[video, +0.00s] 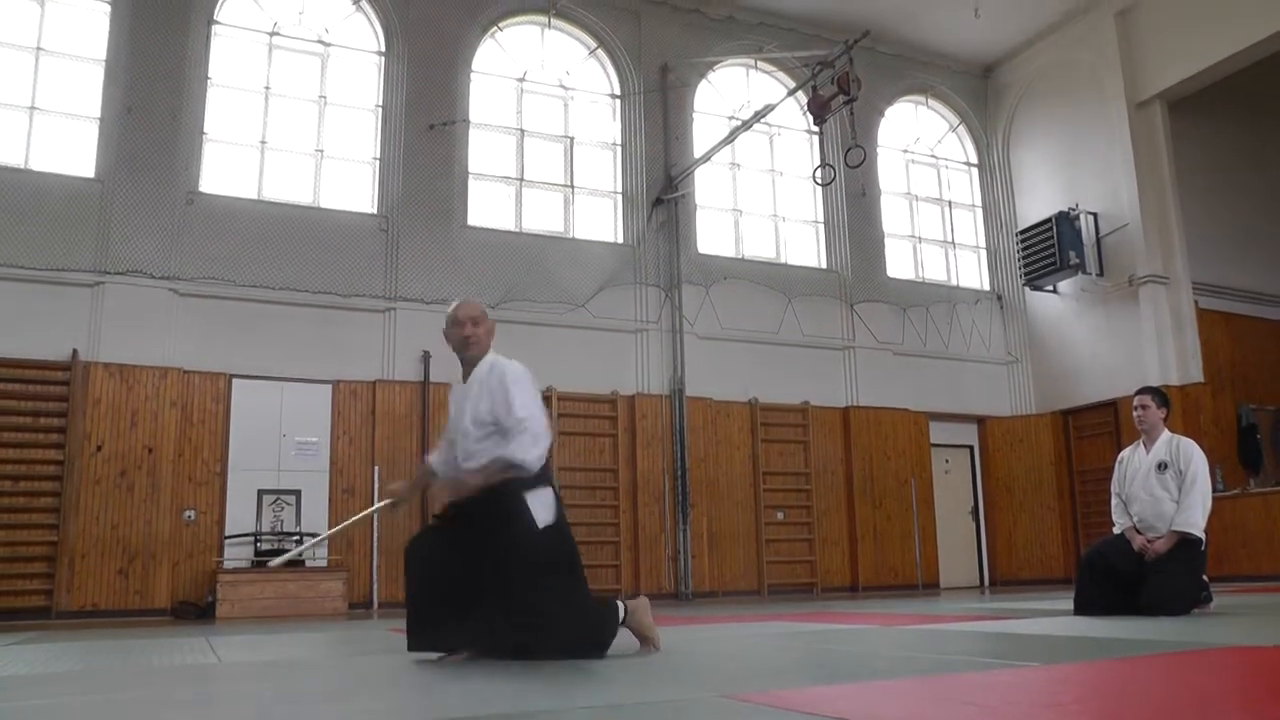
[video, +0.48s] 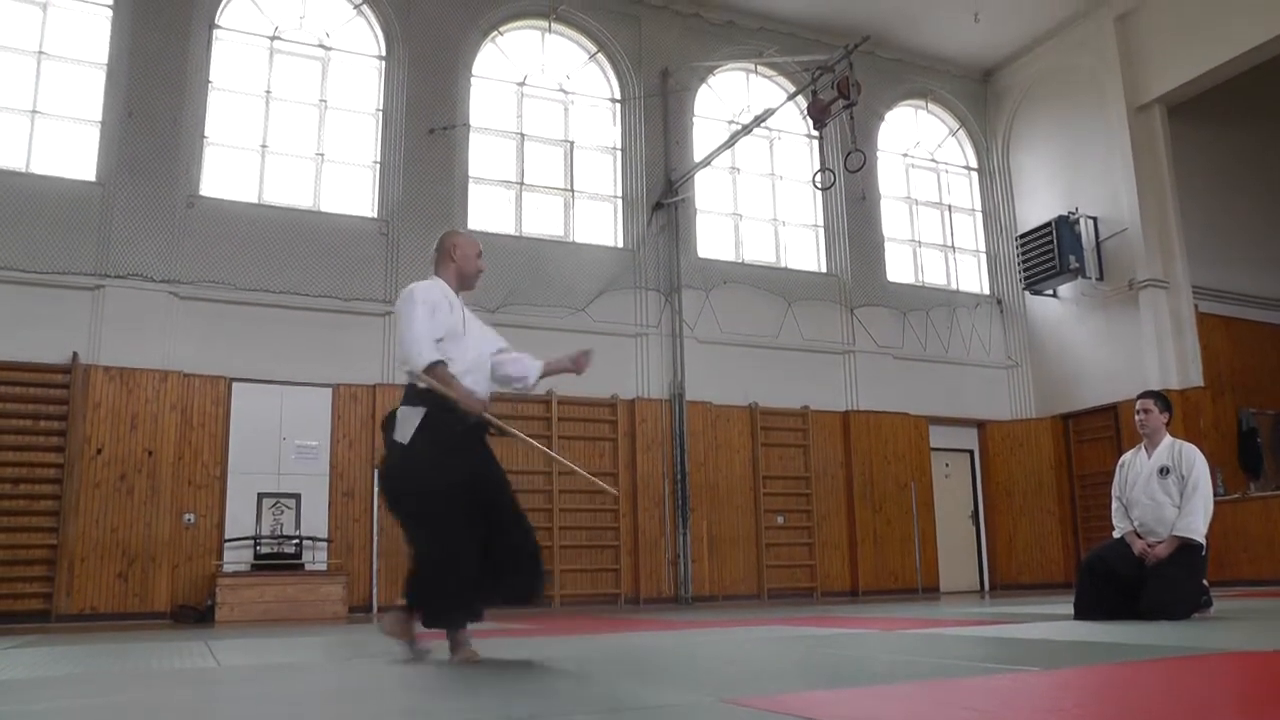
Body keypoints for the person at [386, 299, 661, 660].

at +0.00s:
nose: (468, 331)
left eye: (476, 322)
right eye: (458, 325)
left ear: (491, 329)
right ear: (447, 338)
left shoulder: (509, 374)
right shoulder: (461, 392)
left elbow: (531, 447)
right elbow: (451, 453)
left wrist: (475, 479)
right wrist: (412, 484)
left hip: (522, 501)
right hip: (481, 503)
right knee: (425, 551)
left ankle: (626, 612)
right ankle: (472, 637)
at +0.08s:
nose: (482, 309)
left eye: (487, 301)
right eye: (471, 301)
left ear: (494, 310)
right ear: (450, 312)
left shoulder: (517, 357)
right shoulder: (444, 372)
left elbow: (555, 413)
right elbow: (424, 426)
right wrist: (394, 464)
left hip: (521, 481)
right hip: (476, 486)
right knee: (421, 551)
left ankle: (625, 615)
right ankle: (461, 639)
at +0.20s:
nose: (497, 276)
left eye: (496, 270)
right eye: (486, 269)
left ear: (487, 281)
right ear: (457, 279)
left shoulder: (511, 331)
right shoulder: (422, 333)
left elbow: (548, 385)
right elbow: (389, 387)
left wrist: (585, 391)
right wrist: (382, 428)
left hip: (503, 450)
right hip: (450, 453)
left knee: (538, 527)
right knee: (418, 540)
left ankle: (606, 617)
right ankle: (446, 640)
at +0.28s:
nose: (495, 266)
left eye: (493, 259)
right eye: (487, 258)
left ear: (468, 265)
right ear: (458, 263)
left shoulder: (500, 321)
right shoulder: (417, 313)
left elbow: (546, 373)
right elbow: (386, 370)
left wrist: (595, 377)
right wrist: (393, 412)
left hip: (493, 433)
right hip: (442, 433)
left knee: (526, 520)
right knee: (451, 532)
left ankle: (551, 617)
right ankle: (475, 630)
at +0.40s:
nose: (485, 260)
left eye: (485, 253)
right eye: (480, 252)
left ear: (460, 253)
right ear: (455, 251)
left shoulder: (486, 318)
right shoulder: (418, 295)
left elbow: (530, 360)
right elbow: (403, 359)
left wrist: (587, 368)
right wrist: (435, 396)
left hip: (480, 427)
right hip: (435, 426)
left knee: (487, 519)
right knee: (447, 528)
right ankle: (464, 638)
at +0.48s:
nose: (483, 265)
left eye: (482, 258)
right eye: (477, 256)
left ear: (455, 257)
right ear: (451, 256)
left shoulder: (472, 323)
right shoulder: (423, 293)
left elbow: (506, 367)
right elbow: (420, 356)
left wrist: (560, 365)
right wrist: (464, 394)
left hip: (462, 433)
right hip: (427, 428)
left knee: (502, 532)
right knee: (450, 531)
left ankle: (405, 616)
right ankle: (458, 642)